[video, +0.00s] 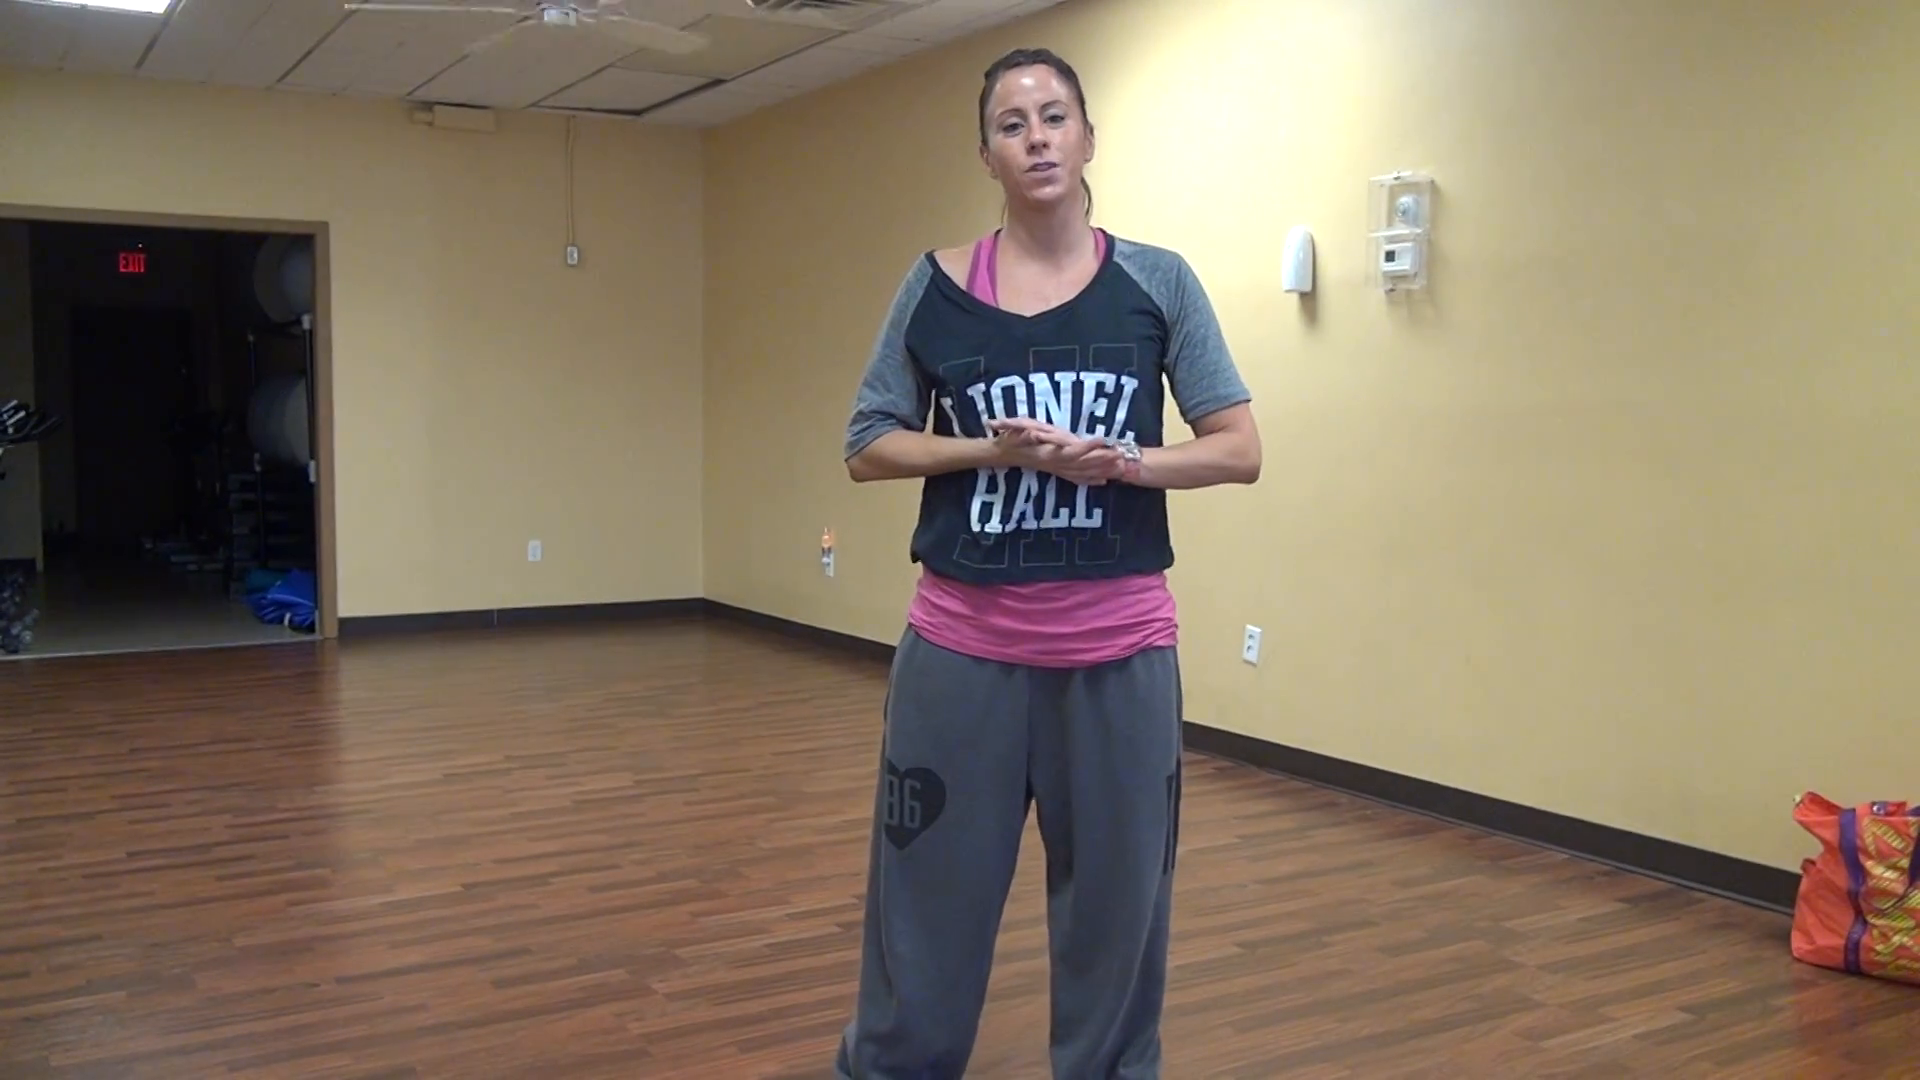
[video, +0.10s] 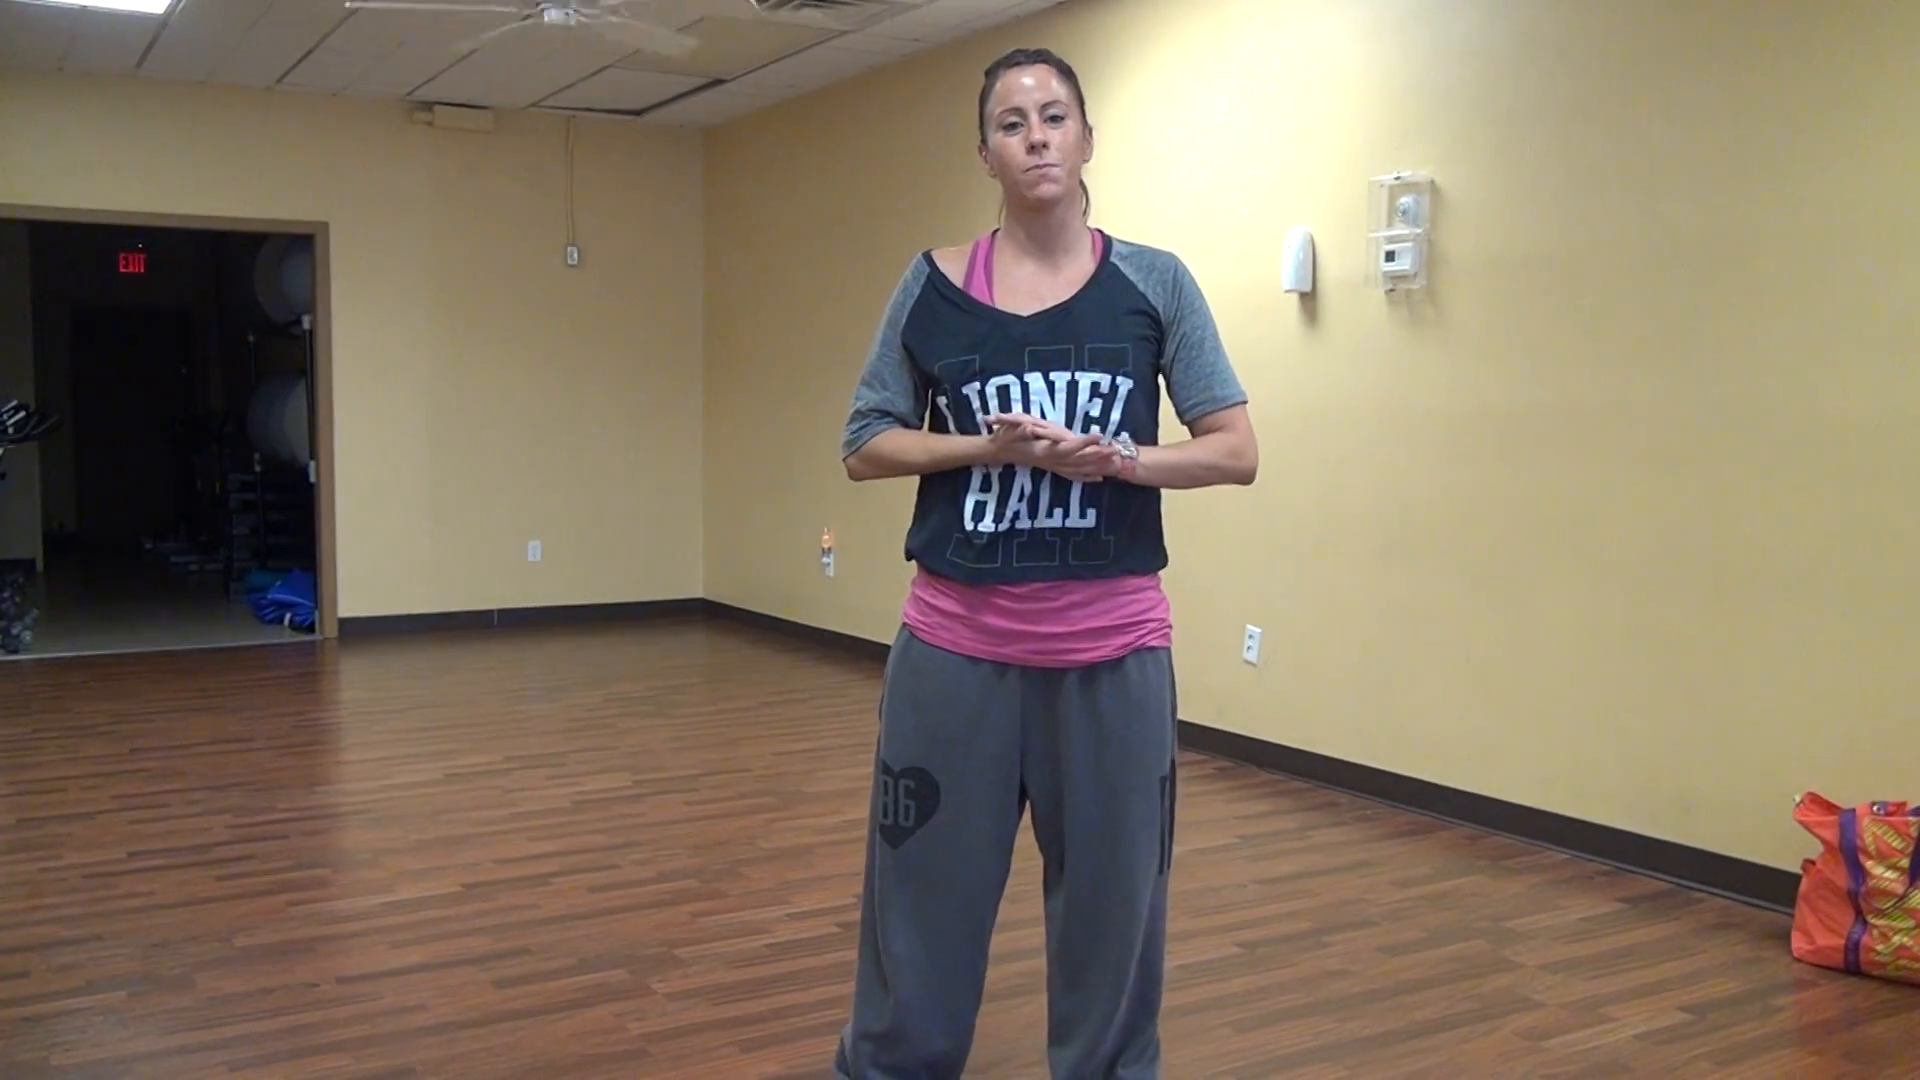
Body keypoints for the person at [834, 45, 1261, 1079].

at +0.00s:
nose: (1036, 137)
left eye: (1054, 116)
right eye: (1012, 124)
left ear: (1088, 139)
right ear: (986, 156)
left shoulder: (1160, 279)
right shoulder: (939, 283)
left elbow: (1240, 448)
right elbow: (867, 446)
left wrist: (1130, 464)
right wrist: (984, 451)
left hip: (1121, 646)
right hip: (960, 642)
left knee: (1119, 919)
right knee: (923, 908)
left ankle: (1108, 1070)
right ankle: (896, 1067)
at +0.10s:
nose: (1035, 137)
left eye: (1054, 116)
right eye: (1011, 123)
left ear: (1086, 140)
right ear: (984, 153)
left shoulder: (1157, 280)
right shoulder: (935, 282)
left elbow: (1237, 451)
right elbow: (864, 446)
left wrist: (1126, 462)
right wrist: (983, 447)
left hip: (1114, 646)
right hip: (953, 640)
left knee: (1115, 918)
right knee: (918, 907)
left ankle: (1107, 1069)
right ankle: (895, 1067)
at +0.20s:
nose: (1033, 135)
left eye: (1052, 116)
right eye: (1009, 121)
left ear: (1085, 139)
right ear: (982, 152)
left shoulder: (1154, 281)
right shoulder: (931, 280)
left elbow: (1229, 453)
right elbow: (860, 444)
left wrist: (1119, 457)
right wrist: (979, 443)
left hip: (1108, 647)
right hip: (947, 642)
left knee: (1111, 918)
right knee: (914, 909)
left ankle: (1105, 1070)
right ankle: (894, 1069)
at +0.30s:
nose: (1032, 134)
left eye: (1051, 115)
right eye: (1008, 120)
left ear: (1081, 140)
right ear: (979, 151)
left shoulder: (1149, 283)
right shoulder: (927, 280)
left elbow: (1220, 457)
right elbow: (860, 446)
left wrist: (1111, 452)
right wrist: (976, 439)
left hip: (1104, 648)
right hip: (942, 643)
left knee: (1109, 928)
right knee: (910, 919)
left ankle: (1104, 1072)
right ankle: (892, 1069)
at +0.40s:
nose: (1029, 131)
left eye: (1049, 114)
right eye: (1006, 117)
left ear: (1079, 142)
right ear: (977, 150)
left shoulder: (1145, 283)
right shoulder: (925, 280)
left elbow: (1212, 459)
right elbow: (863, 453)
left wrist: (1095, 441)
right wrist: (961, 423)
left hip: (1100, 646)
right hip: (939, 641)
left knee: (1108, 927)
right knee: (908, 919)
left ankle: (1104, 1072)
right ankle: (890, 1069)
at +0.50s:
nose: (1025, 131)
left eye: (1046, 114)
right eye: (1003, 117)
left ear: (1077, 141)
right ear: (975, 148)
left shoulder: (1142, 281)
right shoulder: (924, 280)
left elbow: (1207, 459)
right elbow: (866, 457)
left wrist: (1107, 439)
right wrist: (934, 413)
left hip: (1097, 646)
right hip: (937, 641)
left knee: (1107, 925)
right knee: (906, 917)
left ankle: (1104, 1072)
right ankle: (889, 1069)